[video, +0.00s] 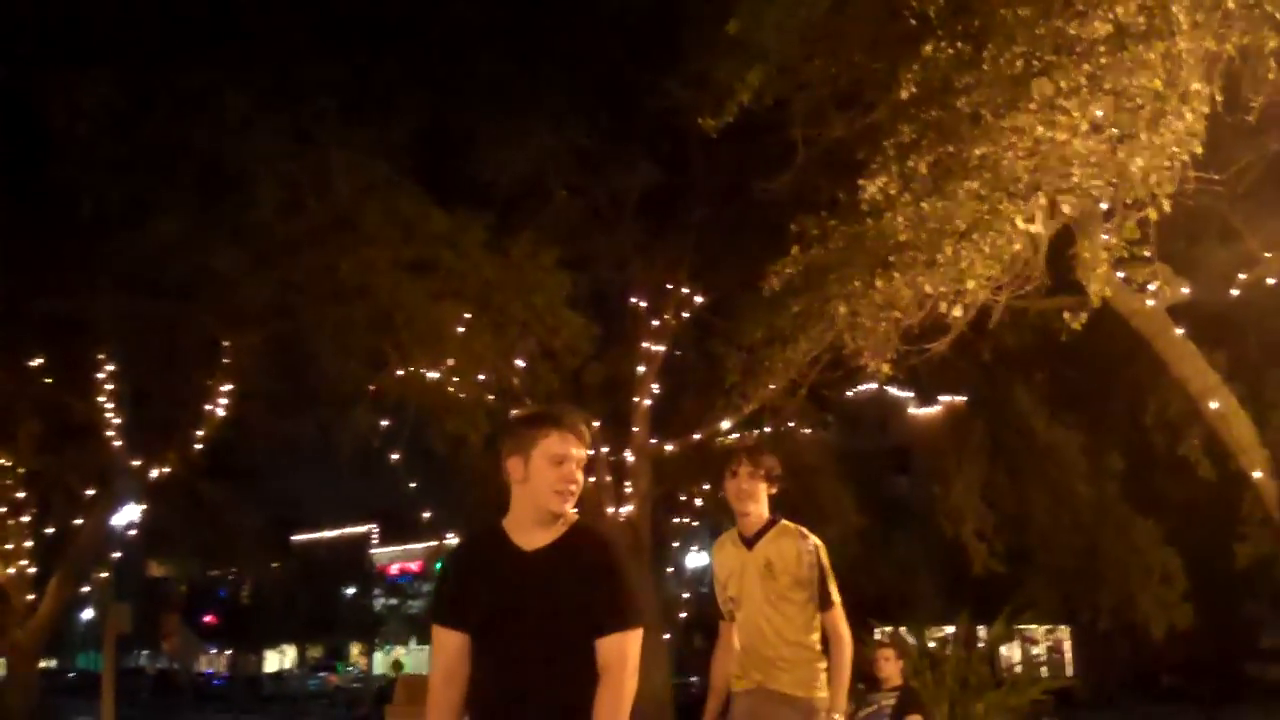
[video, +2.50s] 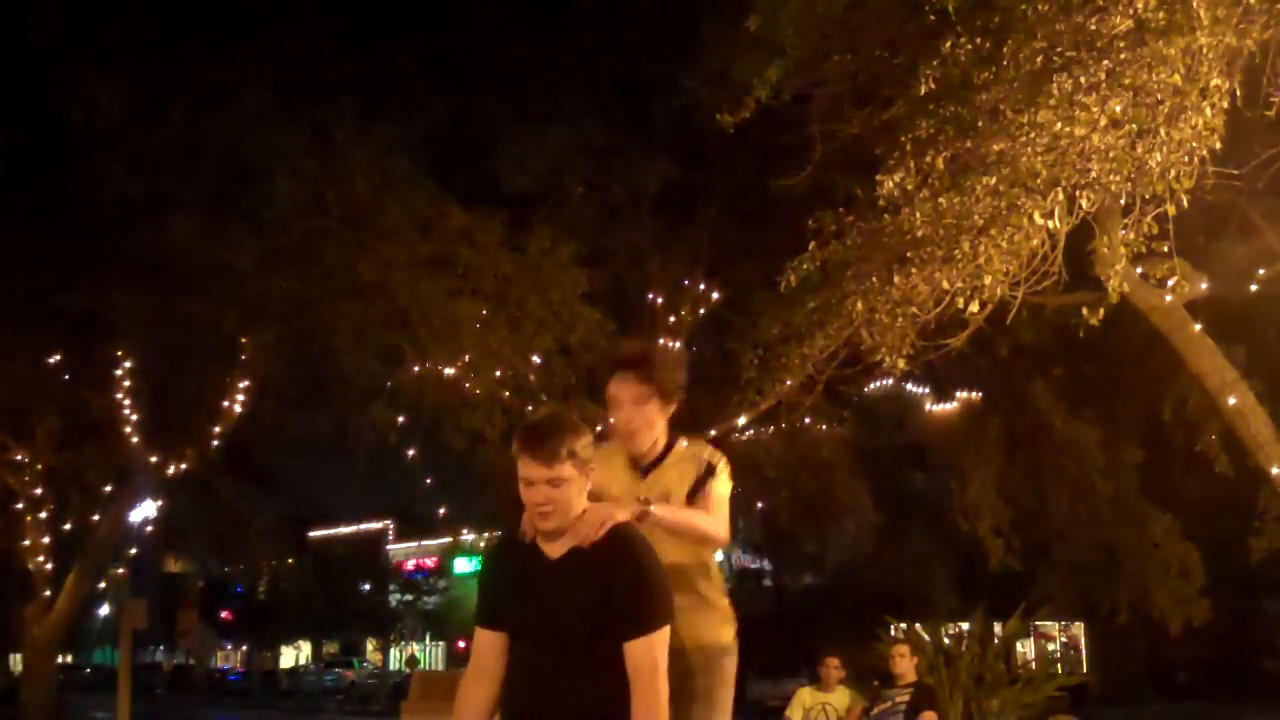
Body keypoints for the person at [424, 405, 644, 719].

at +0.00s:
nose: (574, 478)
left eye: (580, 466)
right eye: (558, 462)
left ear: (586, 473)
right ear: (514, 468)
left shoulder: (601, 558)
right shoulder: (467, 563)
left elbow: (618, 675)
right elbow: (447, 680)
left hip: (575, 711)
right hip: (490, 712)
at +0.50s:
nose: (583, 471)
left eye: (587, 460)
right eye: (566, 458)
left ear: (593, 467)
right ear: (523, 465)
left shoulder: (610, 551)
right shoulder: (478, 559)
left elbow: (641, 667)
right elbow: (453, 673)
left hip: (598, 711)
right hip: (504, 711)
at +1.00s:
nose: (551, 510)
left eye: (565, 495)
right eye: (537, 495)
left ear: (592, 478)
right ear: (522, 483)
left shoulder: (629, 557)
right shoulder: (502, 556)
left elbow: (643, 679)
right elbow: (468, 669)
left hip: (600, 711)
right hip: (518, 711)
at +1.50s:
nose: (598, 487)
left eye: (603, 472)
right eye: (581, 475)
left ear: (610, 472)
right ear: (540, 478)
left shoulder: (626, 554)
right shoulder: (502, 555)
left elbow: (640, 682)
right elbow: (472, 673)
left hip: (601, 712)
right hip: (518, 710)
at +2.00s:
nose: (597, 486)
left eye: (602, 472)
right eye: (579, 474)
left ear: (610, 472)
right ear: (539, 477)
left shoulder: (625, 552)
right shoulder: (504, 555)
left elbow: (642, 679)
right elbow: (478, 671)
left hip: (603, 710)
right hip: (520, 711)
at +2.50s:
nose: (539, 498)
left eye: (555, 483)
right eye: (528, 483)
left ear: (587, 476)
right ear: (517, 481)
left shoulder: (626, 552)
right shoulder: (506, 558)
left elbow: (649, 681)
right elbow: (482, 674)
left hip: (607, 711)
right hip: (523, 711)